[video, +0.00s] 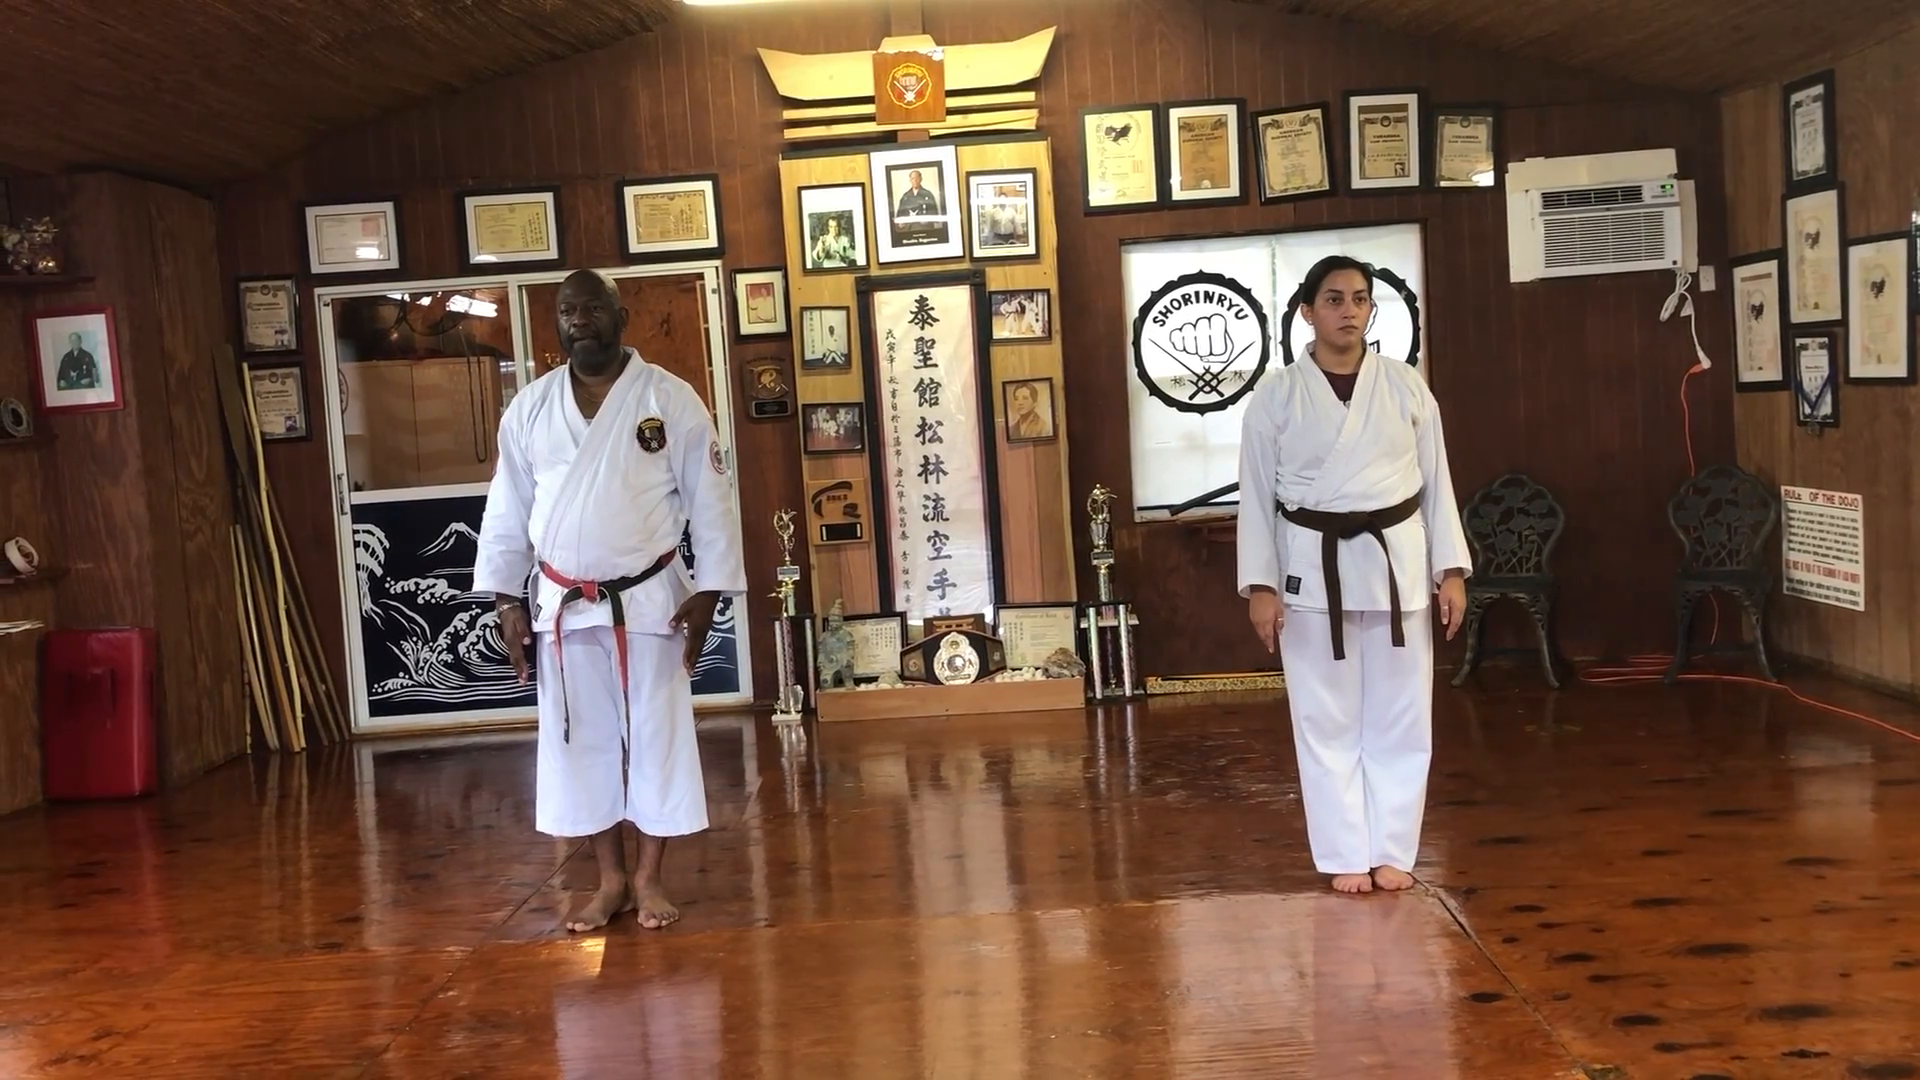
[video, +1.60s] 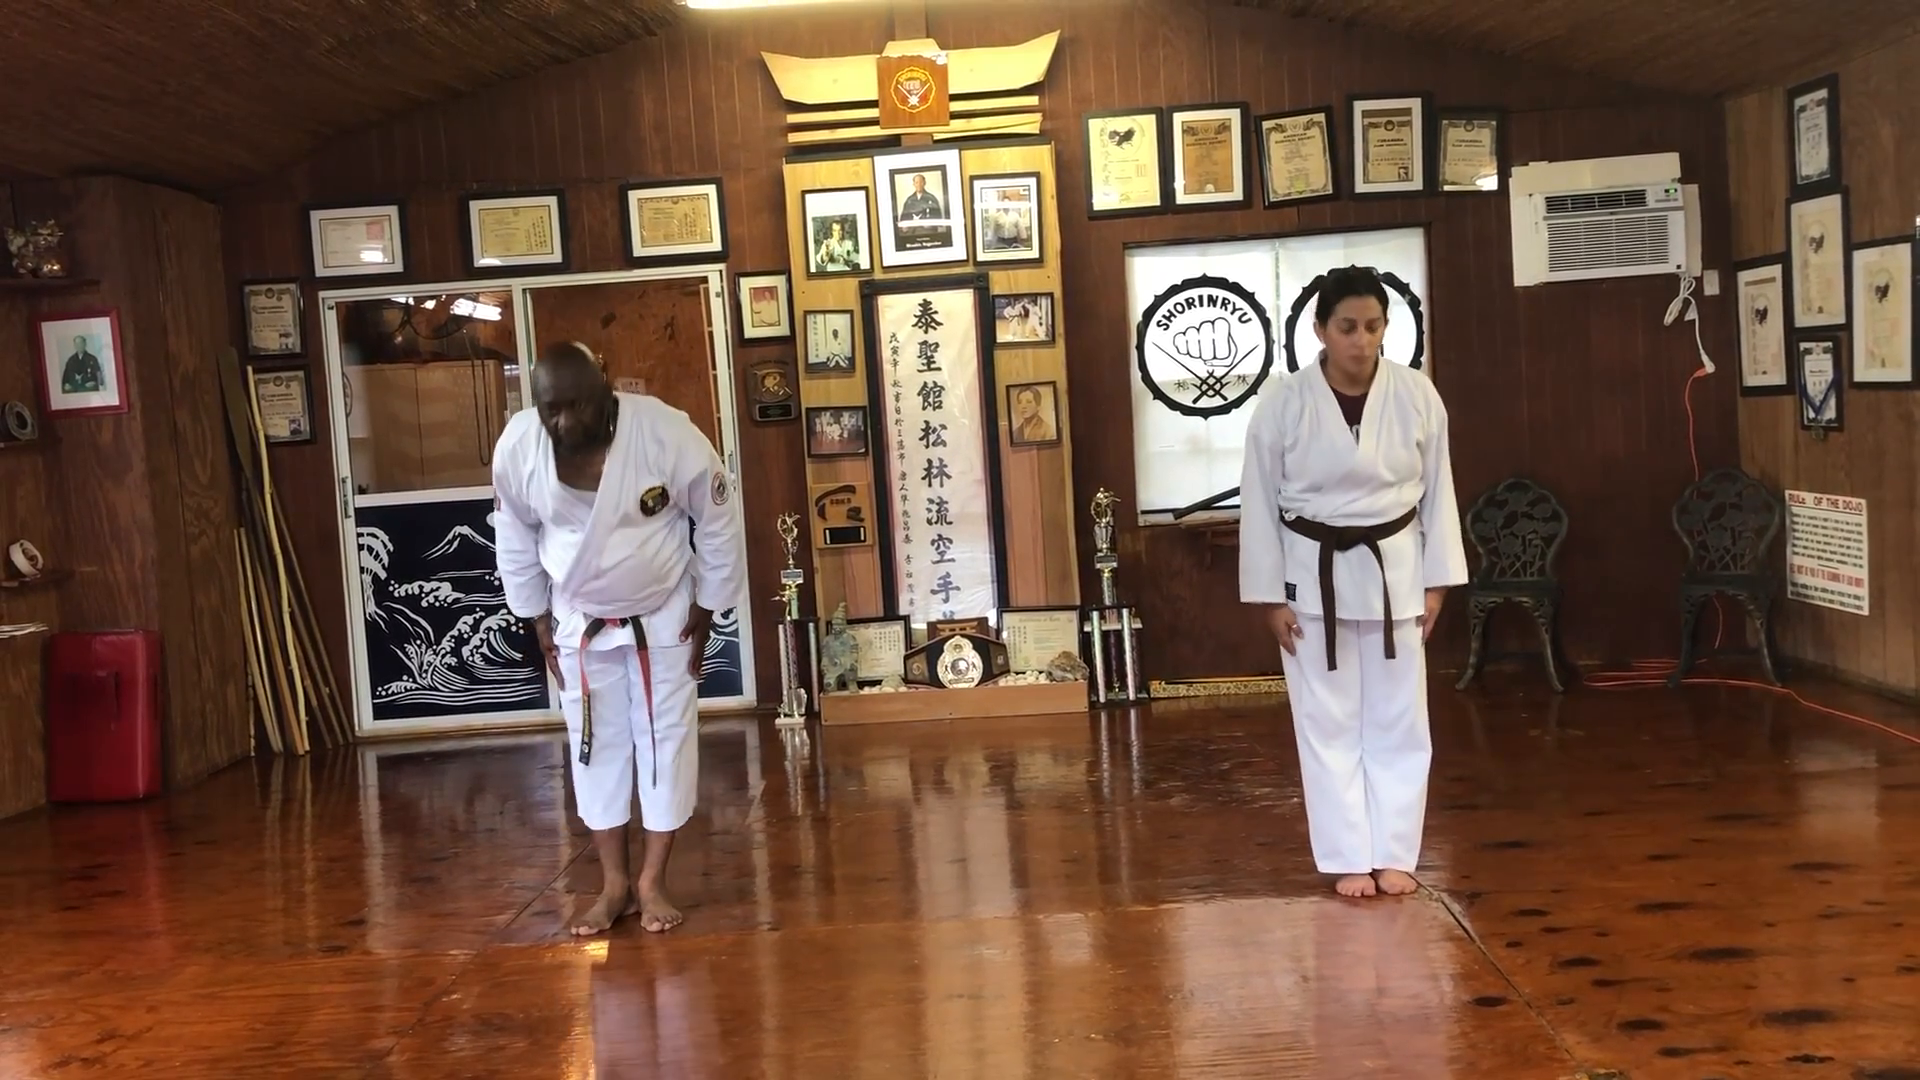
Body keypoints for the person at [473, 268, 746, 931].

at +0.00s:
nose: (581, 322)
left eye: (593, 310)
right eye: (570, 313)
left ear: (622, 318)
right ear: (556, 327)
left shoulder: (669, 398)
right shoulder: (528, 409)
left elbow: (711, 498)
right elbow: (508, 509)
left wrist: (711, 591)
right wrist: (506, 601)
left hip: (649, 592)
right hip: (563, 598)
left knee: (653, 735)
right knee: (583, 736)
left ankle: (647, 879)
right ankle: (610, 880)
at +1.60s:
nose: (565, 423)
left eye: (577, 409)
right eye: (553, 412)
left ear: (604, 392)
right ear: (539, 406)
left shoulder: (664, 433)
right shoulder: (518, 447)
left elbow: (719, 515)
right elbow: (516, 537)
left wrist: (706, 605)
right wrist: (537, 620)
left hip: (662, 614)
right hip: (578, 619)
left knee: (665, 747)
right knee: (592, 747)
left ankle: (651, 881)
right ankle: (613, 883)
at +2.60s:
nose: (573, 331)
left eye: (584, 317)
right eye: (561, 321)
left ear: (613, 321)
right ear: (548, 332)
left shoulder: (669, 400)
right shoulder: (526, 412)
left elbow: (712, 500)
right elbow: (512, 512)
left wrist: (705, 594)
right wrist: (524, 602)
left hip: (654, 594)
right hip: (569, 601)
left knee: (660, 736)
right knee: (588, 738)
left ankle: (651, 880)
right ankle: (614, 882)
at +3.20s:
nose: (583, 321)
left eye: (595, 309)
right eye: (572, 313)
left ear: (625, 318)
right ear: (558, 328)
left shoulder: (675, 399)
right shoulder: (532, 411)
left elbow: (712, 501)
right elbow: (515, 511)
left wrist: (703, 592)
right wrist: (524, 601)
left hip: (654, 591)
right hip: (570, 599)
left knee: (658, 734)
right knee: (590, 735)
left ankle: (653, 880)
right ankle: (617, 880)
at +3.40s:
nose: (581, 322)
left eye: (593, 310)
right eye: (571, 313)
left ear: (624, 318)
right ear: (559, 328)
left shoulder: (676, 399)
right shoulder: (532, 411)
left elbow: (712, 501)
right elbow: (516, 511)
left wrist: (704, 592)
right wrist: (524, 600)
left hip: (655, 591)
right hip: (571, 599)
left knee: (658, 734)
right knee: (590, 735)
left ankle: (654, 880)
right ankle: (617, 880)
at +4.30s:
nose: (684, 327)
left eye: (694, 314)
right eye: (671, 319)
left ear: (721, 321)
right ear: (657, 333)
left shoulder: (772, 402)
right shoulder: (633, 413)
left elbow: (811, 499)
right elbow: (611, 505)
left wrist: (791, 574)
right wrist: (614, 584)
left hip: (757, 592)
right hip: (666, 597)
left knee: (791, 730)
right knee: (651, 739)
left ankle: (815, 871)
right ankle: (627, 885)